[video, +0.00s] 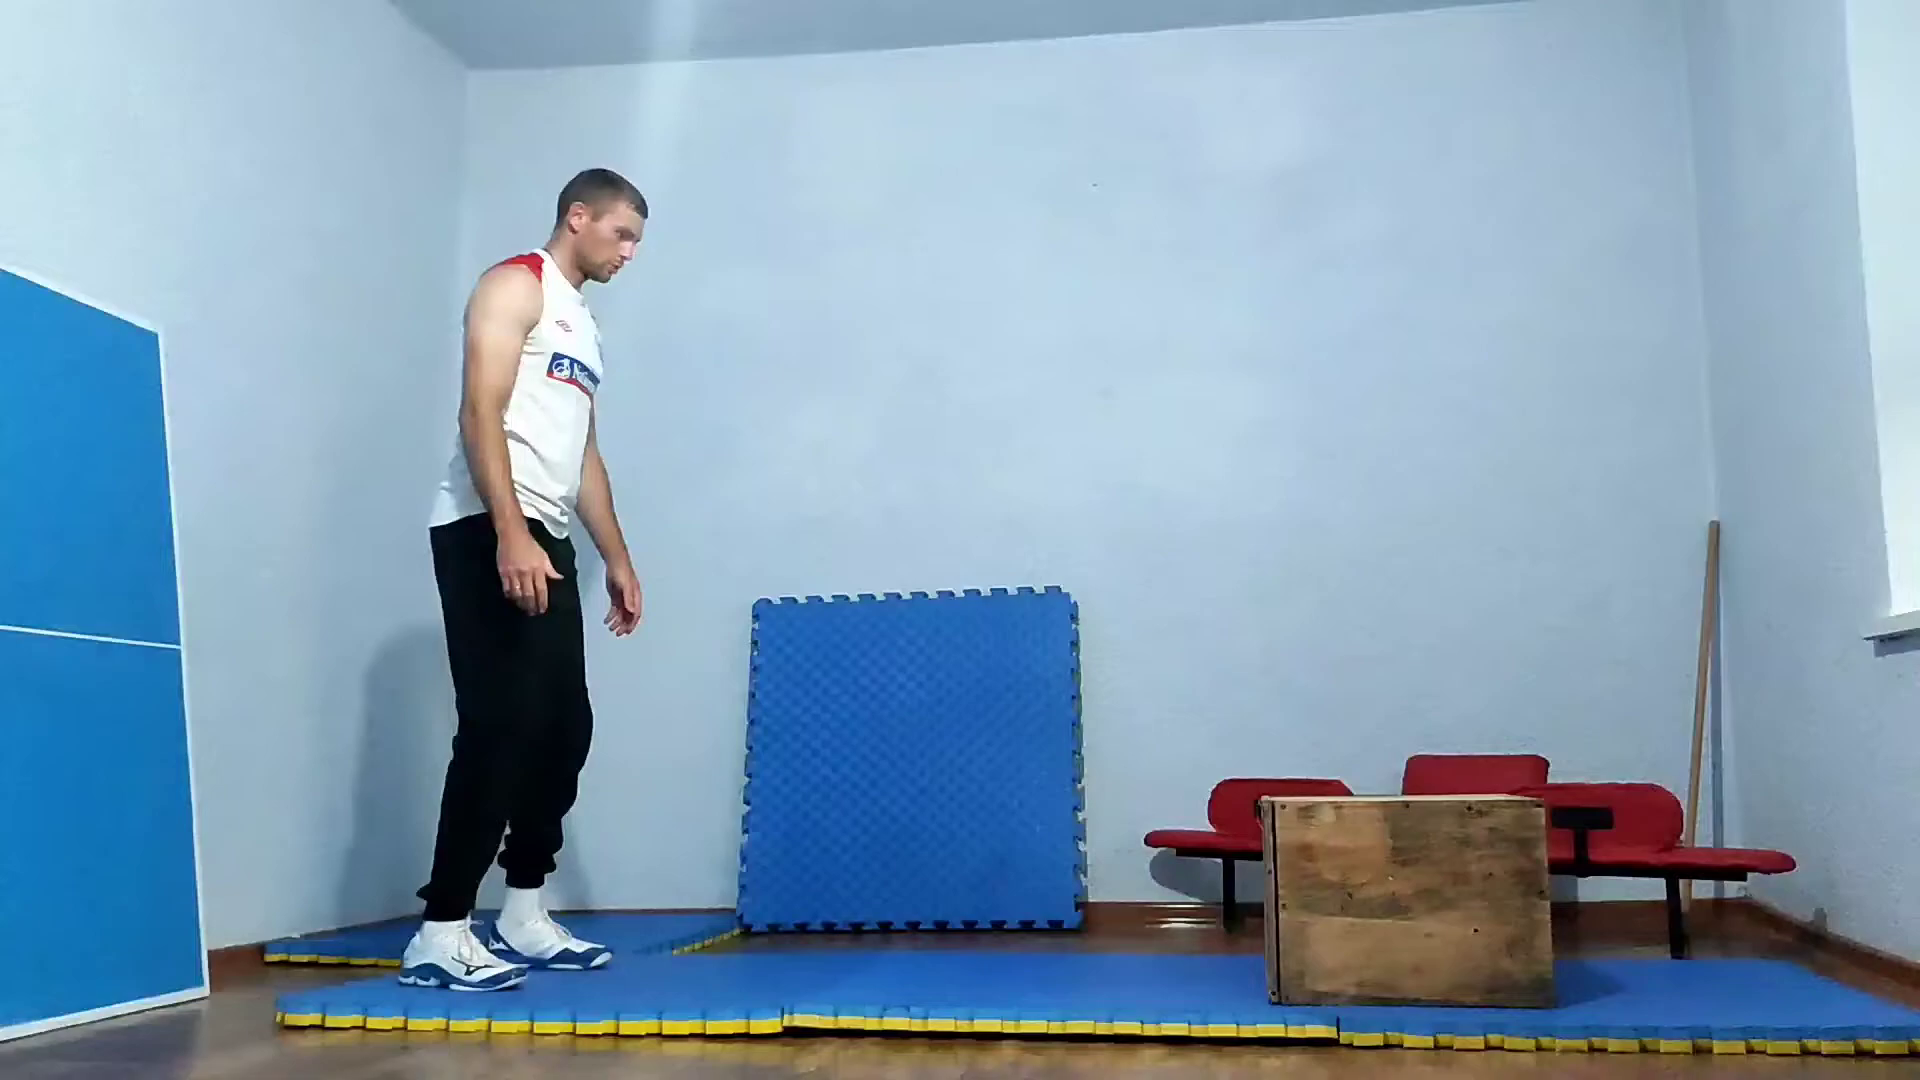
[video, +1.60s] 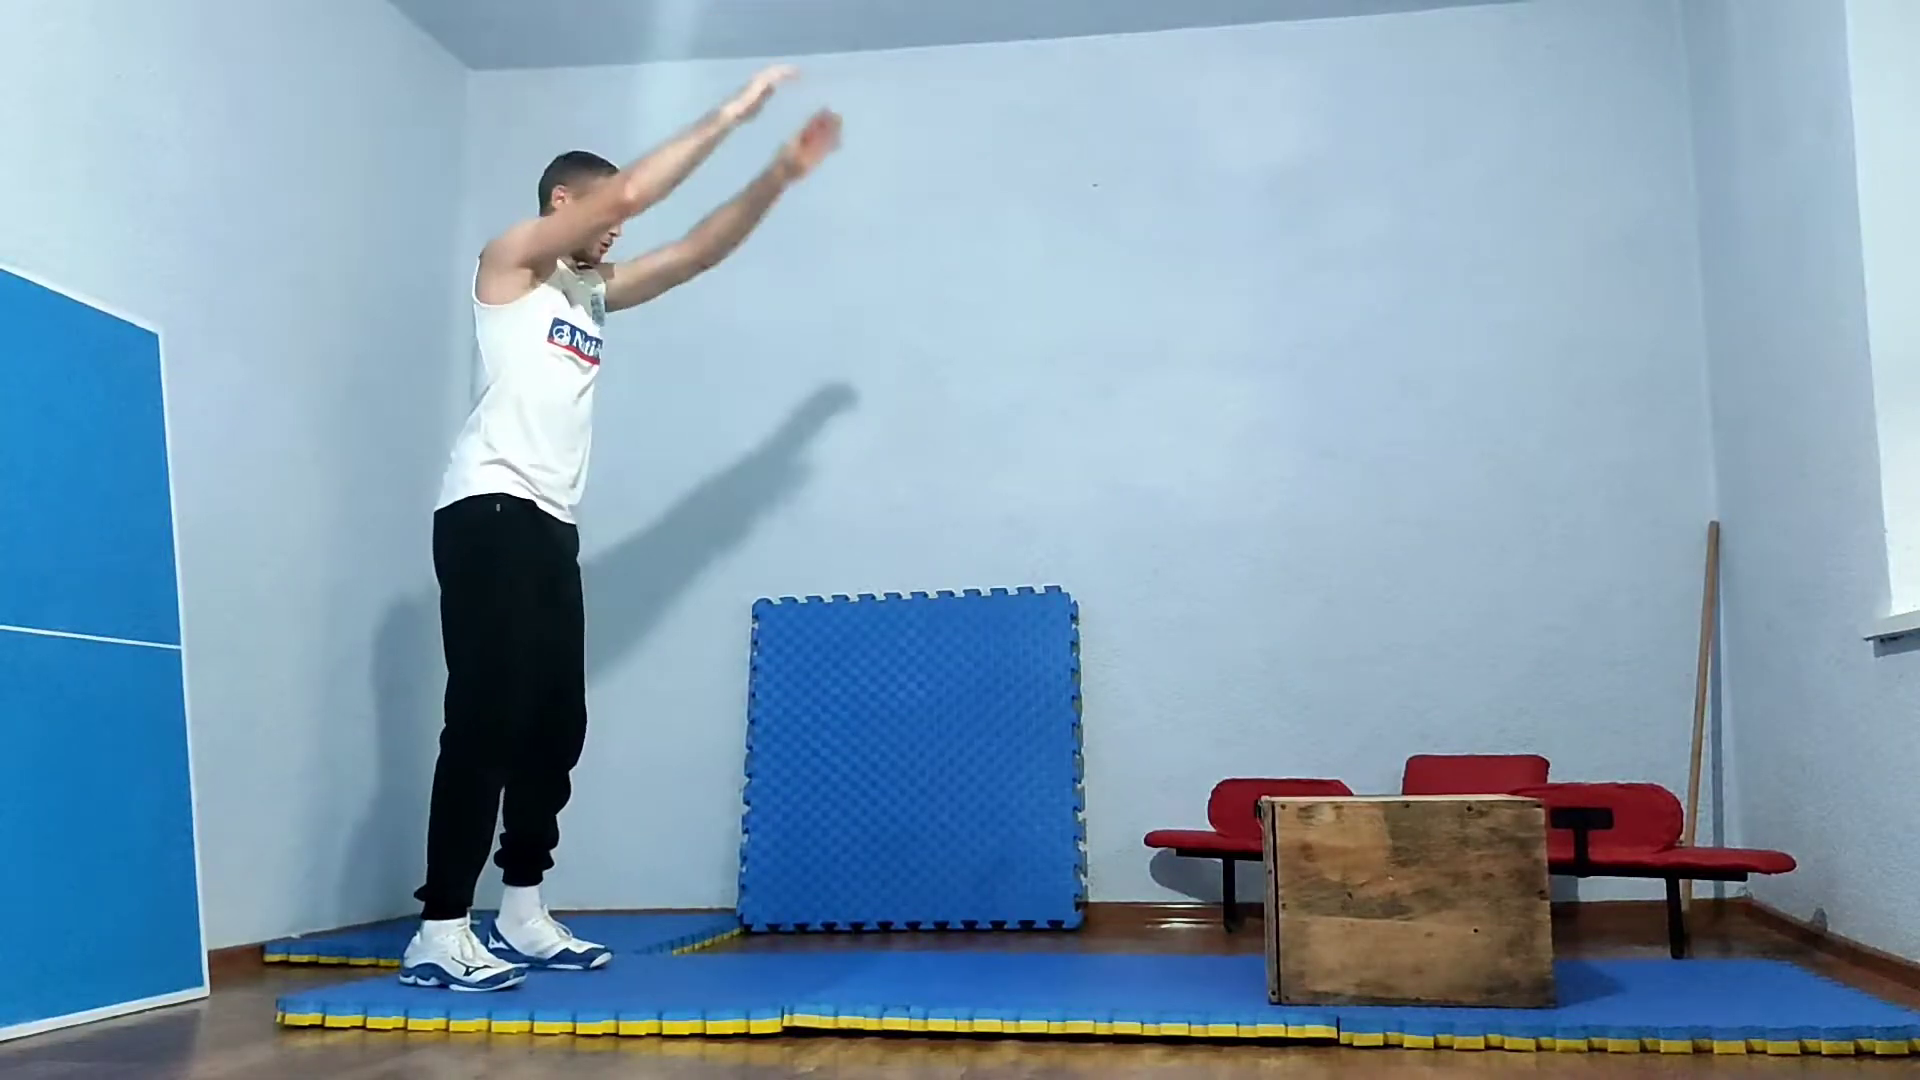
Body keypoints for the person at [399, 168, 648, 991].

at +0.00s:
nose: (629, 253)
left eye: (636, 241)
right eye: (622, 236)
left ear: (595, 229)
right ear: (575, 218)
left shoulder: (583, 321)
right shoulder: (513, 287)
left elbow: (583, 453)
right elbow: (481, 413)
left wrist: (616, 559)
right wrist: (511, 532)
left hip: (547, 540)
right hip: (488, 533)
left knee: (563, 726)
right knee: (499, 726)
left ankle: (522, 912)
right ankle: (441, 930)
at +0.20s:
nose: (610, 234)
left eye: (615, 222)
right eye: (600, 217)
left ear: (580, 220)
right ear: (552, 208)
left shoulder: (572, 320)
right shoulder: (498, 278)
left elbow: (618, 425)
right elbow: (516, 385)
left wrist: (696, 513)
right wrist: (607, 465)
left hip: (540, 535)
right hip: (482, 524)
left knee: (558, 719)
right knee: (491, 719)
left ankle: (520, 913)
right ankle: (441, 930)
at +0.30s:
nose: (597, 226)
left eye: (601, 215)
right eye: (586, 209)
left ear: (568, 217)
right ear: (536, 202)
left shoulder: (565, 310)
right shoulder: (489, 270)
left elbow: (656, 385)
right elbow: (560, 331)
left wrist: (771, 422)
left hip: (545, 527)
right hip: (485, 519)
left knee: (559, 719)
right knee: (491, 719)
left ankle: (522, 913)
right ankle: (441, 931)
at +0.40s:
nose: (587, 211)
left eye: (591, 202)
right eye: (573, 196)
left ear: (580, 214)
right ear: (523, 199)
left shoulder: (572, 299)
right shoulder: (481, 266)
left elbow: (679, 318)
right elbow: (575, 253)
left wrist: (789, 292)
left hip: (553, 529)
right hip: (492, 520)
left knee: (559, 722)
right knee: (488, 721)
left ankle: (523, 912)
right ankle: (441, 930)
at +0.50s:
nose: (577, 195)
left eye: (577, 186)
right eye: (563, 182)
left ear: (556, 195)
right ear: (519, 190)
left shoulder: (568, 286)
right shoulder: (487, 259)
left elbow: (673, 251)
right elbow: (579, 186)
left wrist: (764, 184)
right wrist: (680, 106)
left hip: (562, 524)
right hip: (502, 519)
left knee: (560, 719)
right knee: (491, 717)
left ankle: (523, 910)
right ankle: (440, 930)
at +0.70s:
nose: (582, 192)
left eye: (585, 180)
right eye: (566, 177)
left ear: (582, 197)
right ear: (528, 184)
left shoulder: (570, 266)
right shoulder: (498, 251)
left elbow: (639, 180)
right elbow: (553, 128)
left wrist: (675, 78)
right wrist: (609, 22)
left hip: (581, 513)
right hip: (519, 510)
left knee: (570, 718)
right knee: (501, 718)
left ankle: (530, 900)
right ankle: (445, 923)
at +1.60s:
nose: (614, 221)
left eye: (617, 208)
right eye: (604, 204)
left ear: (598, 211)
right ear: (558, 199)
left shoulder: (592, 294)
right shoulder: (512, 258)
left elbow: (700, 250)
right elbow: (626, 197)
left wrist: (783, 174)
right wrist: (727, 117)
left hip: (551, 529)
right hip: (489, 517)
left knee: (555, 722)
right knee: (485, 718)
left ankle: (520, 912)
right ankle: (439, 930)